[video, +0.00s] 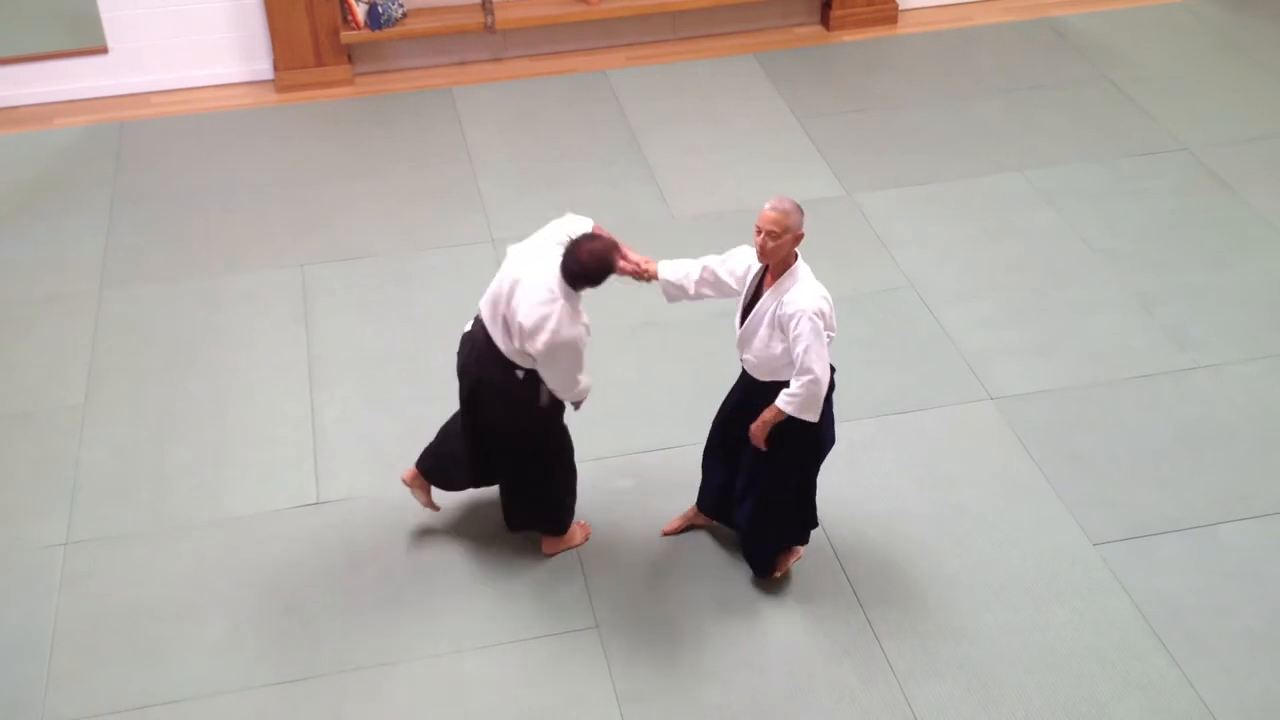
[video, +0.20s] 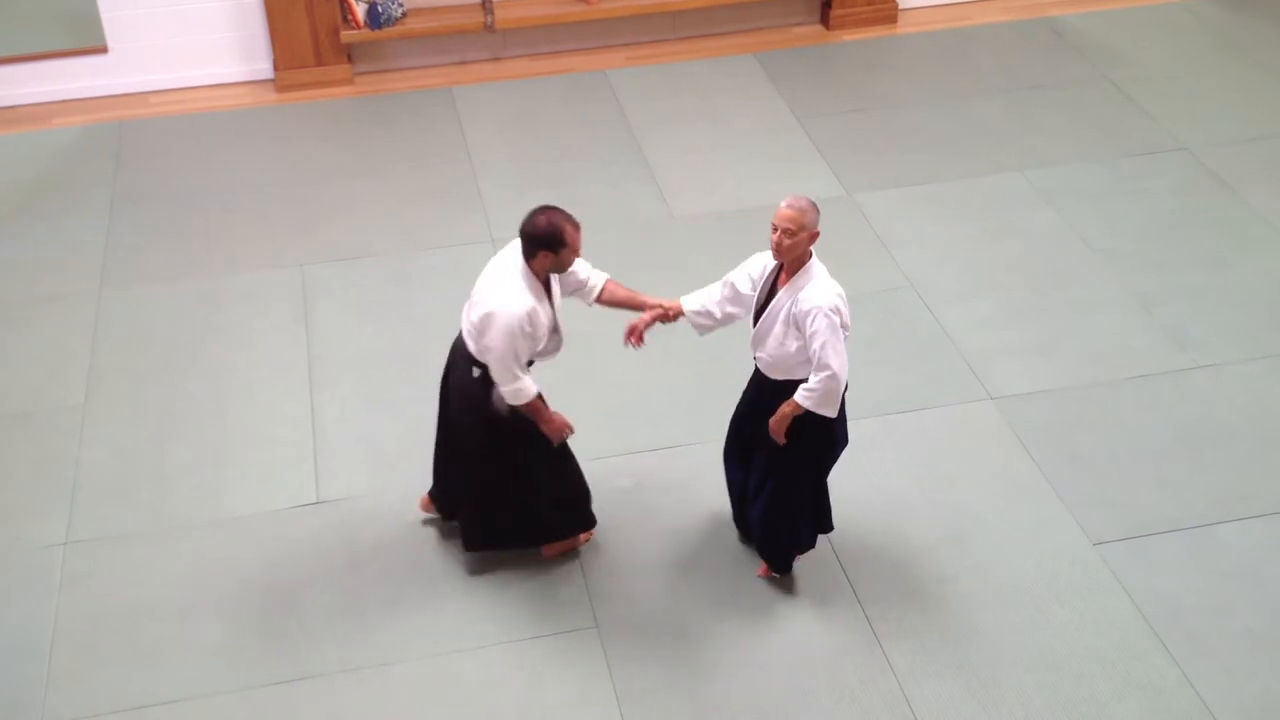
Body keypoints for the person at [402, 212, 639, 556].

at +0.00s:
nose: (602, 232)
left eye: (601, 237)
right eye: (608, 242)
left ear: (583, 240)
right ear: (599, 281)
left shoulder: (559, 233)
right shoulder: (561, 329)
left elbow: (590, 226)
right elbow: (566, 385)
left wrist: (623, 256)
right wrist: (581, 393)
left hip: (477, 340)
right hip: (510, 379)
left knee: (477, 420)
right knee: (552, 453)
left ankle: (422, 473)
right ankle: (556, 534)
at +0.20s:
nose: (577, 253)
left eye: (577, 247)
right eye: (571, 249)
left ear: (541, 252)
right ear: (544, 257)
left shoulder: (533, 254)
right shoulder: (512, 309)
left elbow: (592, 284)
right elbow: (511, 379)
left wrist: (649, 304)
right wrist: (546, 419)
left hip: (467, 363)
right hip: (486, 385)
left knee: (466, 443)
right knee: (545, 455)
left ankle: (443, 498)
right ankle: (560, 534)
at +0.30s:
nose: (567, 247)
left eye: (567, 239)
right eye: (561, 241)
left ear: (534, 245)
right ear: (531, 247)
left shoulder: (551, 261)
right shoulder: (489, 294)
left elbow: (600, 299)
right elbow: (481, 371)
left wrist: (659, 318)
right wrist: (516, 418)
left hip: (503, 369)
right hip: (472, 380)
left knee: (466, 449)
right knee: (530, 455)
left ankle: (442, 500)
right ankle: (551, 535)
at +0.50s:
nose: (568, 241)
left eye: (569, 232)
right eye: (561, 234)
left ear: (534, 236)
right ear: (529, 236)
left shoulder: (567, 265)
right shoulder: (480, 279)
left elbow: (615, 308)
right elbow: (447, 348)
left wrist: (677, 322)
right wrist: (457, 408)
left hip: (520, 379)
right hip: (476, 379)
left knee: (520, 459)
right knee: (477, 461)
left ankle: (524, 533)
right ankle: (474, 534)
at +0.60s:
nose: (576, 241)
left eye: (577, 233)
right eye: (569, 235)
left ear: (546, 235)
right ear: (537, 236)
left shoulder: (574, 265)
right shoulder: (487, 279)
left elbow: (623, 308)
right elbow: (448, 341)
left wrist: (684, 321)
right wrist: (443, 401)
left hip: (536, 375)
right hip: (487, 380)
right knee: (483, 460)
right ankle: (474, 534)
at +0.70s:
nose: (586, 241)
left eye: (587, 233)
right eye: (579, 235)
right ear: (547, 234)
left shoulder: (582, 262)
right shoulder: (496, 276)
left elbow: (629, 306)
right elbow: (457, 338)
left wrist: (688, 324)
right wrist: (449, 395)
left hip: (550, 368)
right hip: (501, 377)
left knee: (583, 431)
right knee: (503, 455)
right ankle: (493, 523)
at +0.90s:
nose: (608, 239)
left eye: (609, 230)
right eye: (601, 232)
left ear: (573, 235)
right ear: (569, 236)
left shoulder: (605, 256)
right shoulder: (523, 272)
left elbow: (633, 303)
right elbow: (490, 335)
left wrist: (668, 344)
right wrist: (498, 391)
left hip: (581, 362)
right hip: (532, 369)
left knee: (602, 425)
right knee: (517, 446)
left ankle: (615, 481)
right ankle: (496, 518)